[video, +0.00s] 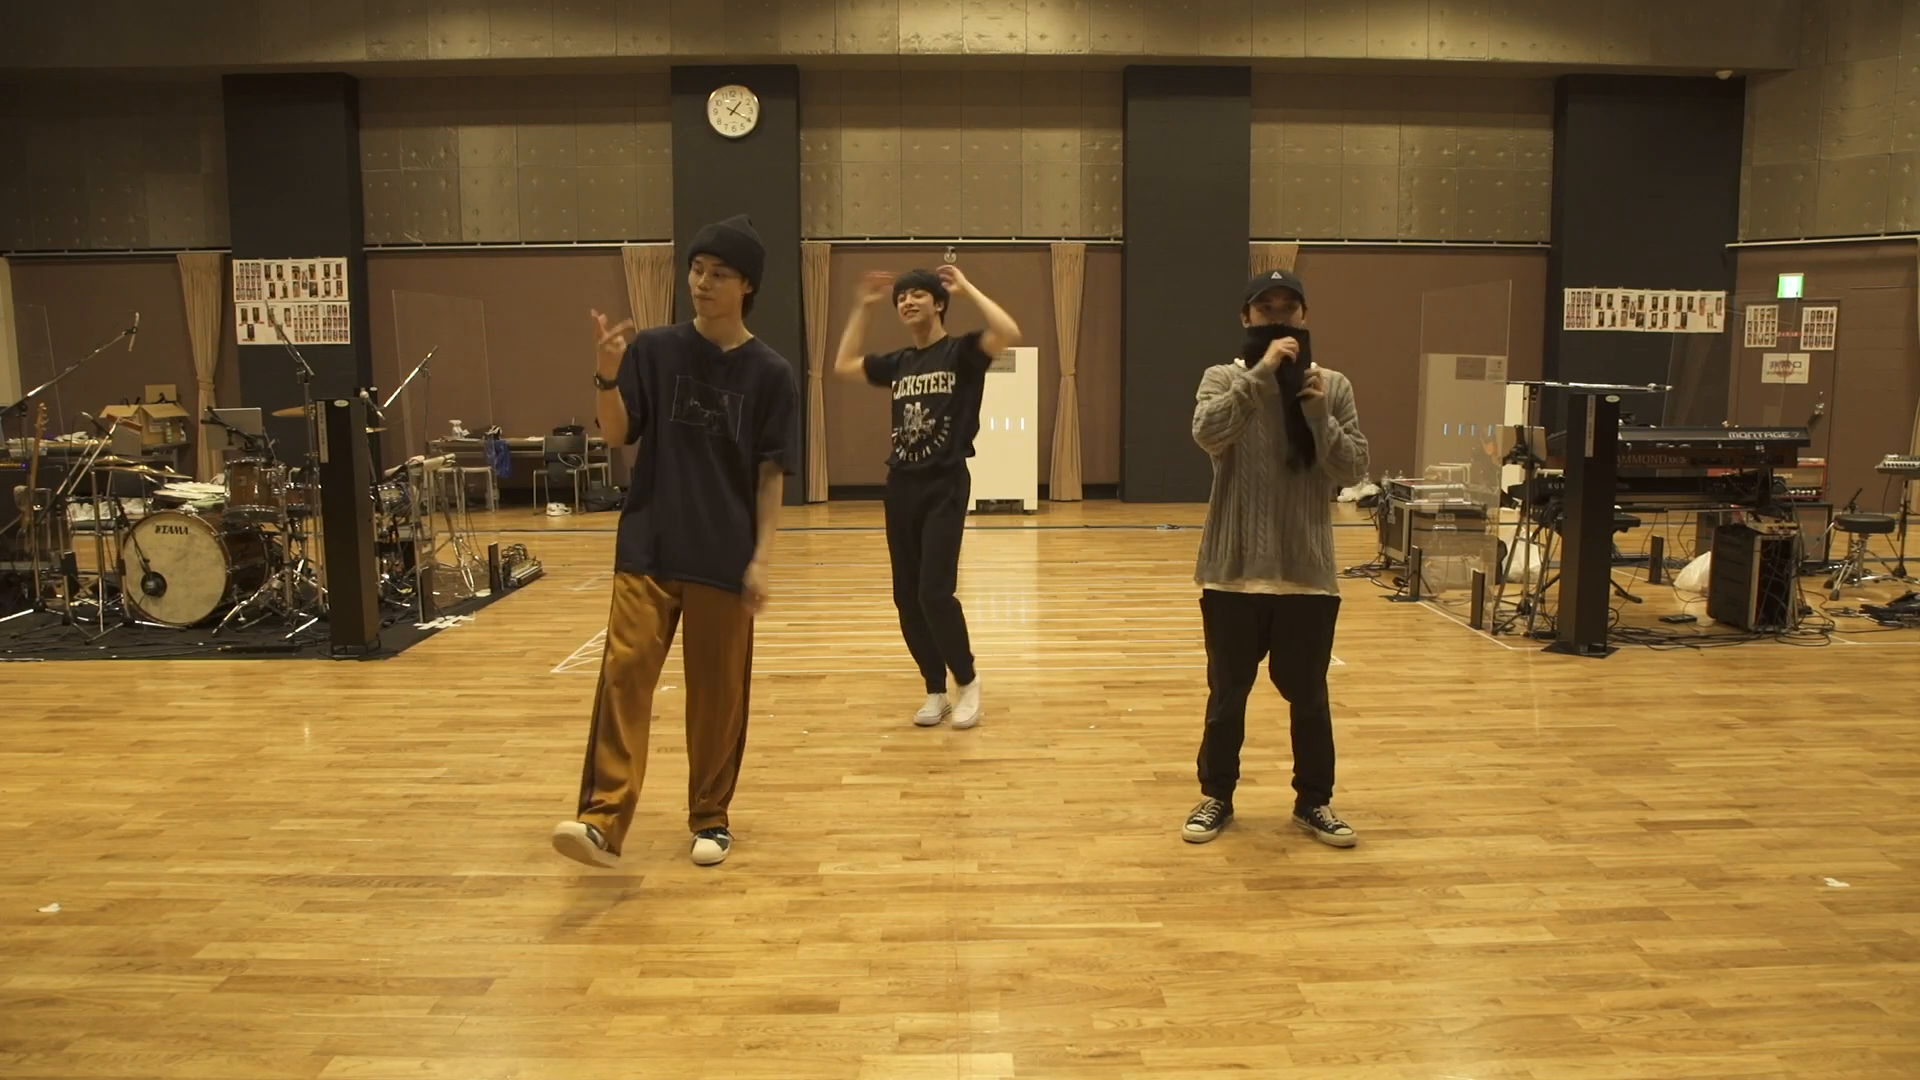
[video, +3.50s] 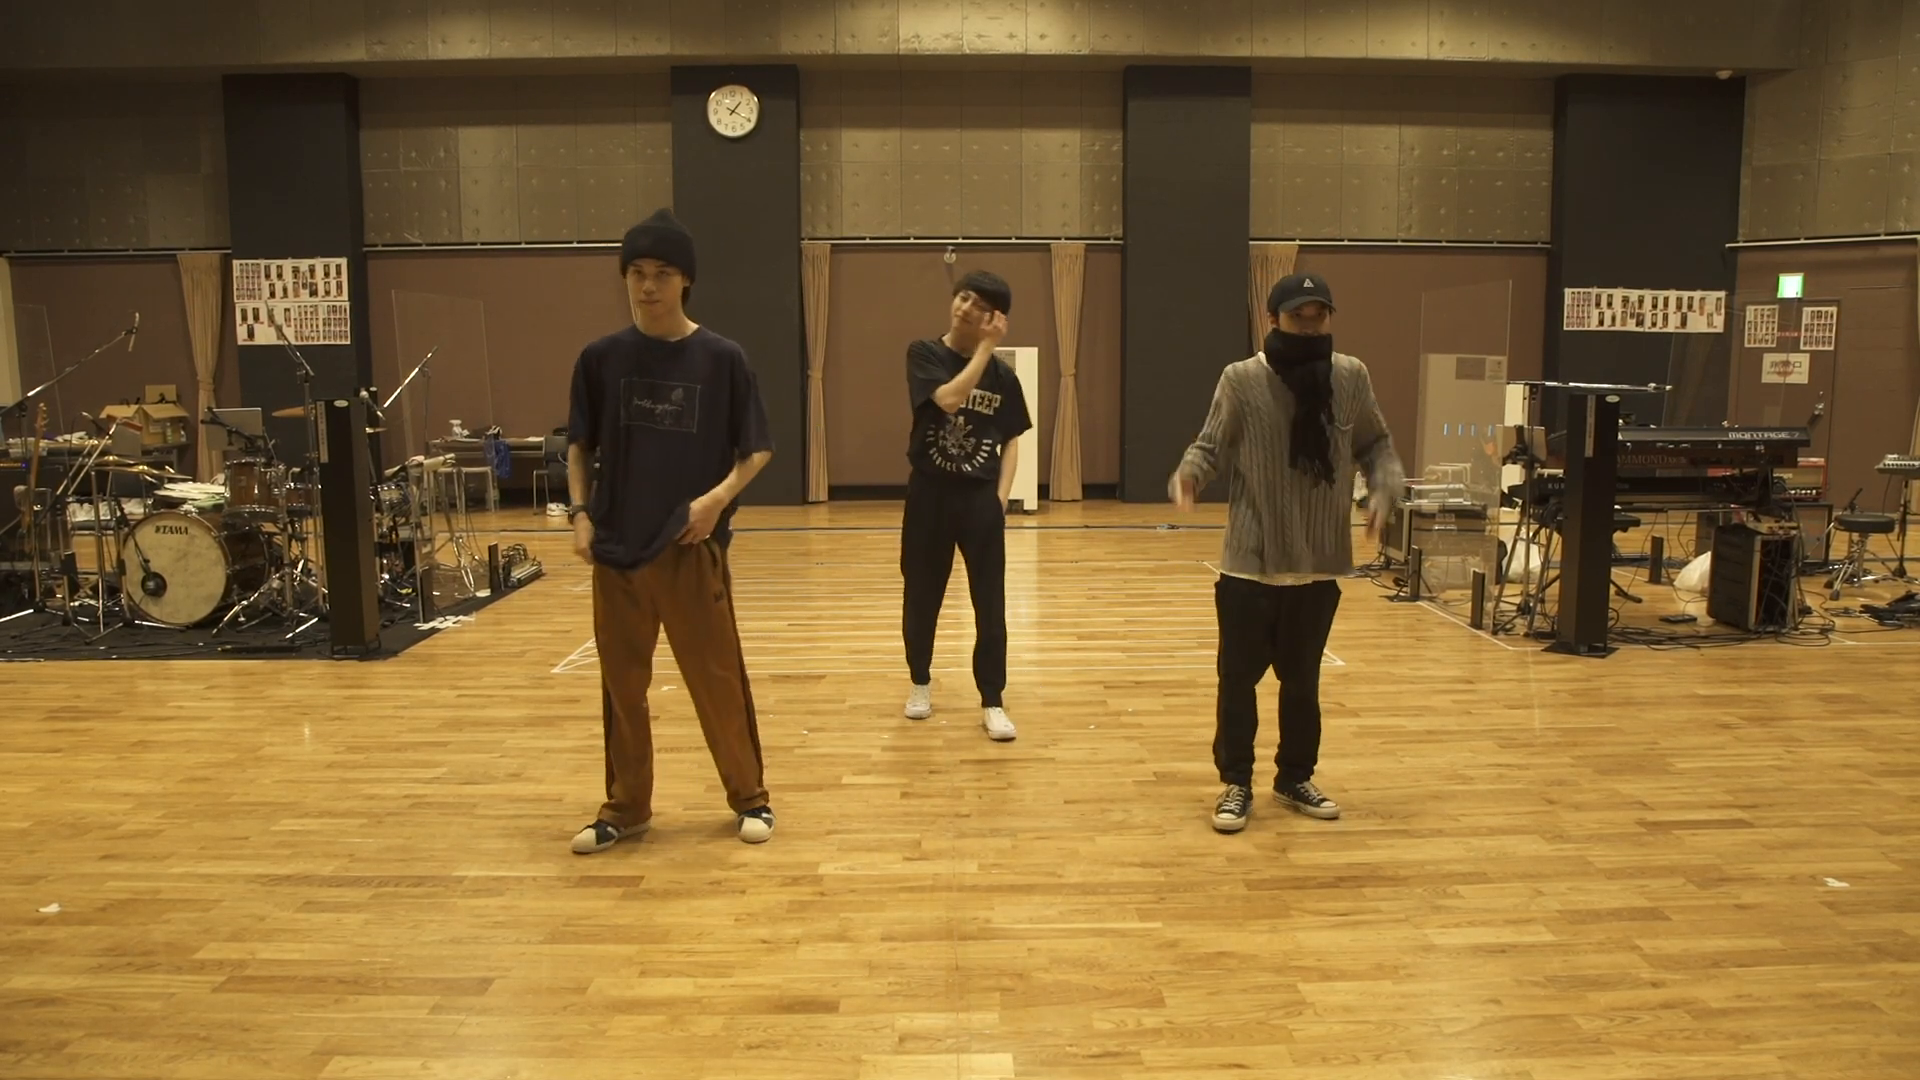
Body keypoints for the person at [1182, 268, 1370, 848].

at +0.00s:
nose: (1277, 316)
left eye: (1288, 306)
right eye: (1265, 307)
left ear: (1304, 316)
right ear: (1246, 317)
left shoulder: (1333, 386)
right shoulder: (1223, 378)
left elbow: (1350, 471)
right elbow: (1209, 436)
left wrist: (1317, 406)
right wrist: (1262, 371)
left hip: (1308, 572)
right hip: (1233, 570)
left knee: (1309, 696)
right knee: (1226, 695)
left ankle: (1314, 803)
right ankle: (1215, 800)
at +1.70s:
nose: (1284, 322)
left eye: (1293, 312)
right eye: (1272, 311)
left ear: (1305, 320)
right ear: (1249, 318)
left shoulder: (1331, 392)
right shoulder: (1218, 387)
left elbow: (1350, 474)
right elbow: (1201, 472)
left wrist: (1319, 480)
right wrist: (1260, 442)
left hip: (1304, 574)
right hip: (1230, 573)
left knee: (1307, 697)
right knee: (1223, 697)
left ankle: (1314, 805)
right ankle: (1215, 801)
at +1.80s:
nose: (1285, 321)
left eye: (1294, 311)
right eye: (1273, 311)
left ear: (1305, 319)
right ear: (1249, 317)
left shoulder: (1331, 393)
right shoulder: (1216, 392)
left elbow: (1350, 475)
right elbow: (1190, 472)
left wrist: (1367, 519)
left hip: (1304, 578)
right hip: (1230, 577)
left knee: (1307, 698)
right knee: (1223, 699)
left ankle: (1314, 804)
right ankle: (1215, 800)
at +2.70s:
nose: (1280, 336)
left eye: (1289, 326)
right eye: (1268, 325)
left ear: (1300, 328)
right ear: (1240, 325)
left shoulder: (1316, 388)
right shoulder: (1202, 390)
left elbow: (1344, 461)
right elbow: (1163, 470)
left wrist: (1383, 476)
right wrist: (1182, 485)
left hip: (1292, 580)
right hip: (1219, 581)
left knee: (1309, 697)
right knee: (1215, 700)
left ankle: (1319, 802)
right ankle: (1214, 799)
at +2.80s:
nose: (1278, 334)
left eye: (1287, 324)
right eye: (1267, 324)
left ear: (1298, 328)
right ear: (1239, 323)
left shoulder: (1310, 385)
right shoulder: (1203, 382)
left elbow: (1344, 458)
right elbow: (1175, 457)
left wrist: (1349, 407)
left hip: (1293, 572)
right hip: (1219, 573)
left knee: (1307, 689)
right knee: (1215, 693)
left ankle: (1318, 792)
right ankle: (1214, 797)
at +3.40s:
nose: (1311, 328)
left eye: (1320, 318)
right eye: (1299, 318)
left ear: (1330, 323)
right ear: (1274, 322)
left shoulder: (1348, 376)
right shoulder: (1242, 378)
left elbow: (1383, 460)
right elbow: (1212, 465)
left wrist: (1377, 437)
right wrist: (1217, 436)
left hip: (1317, 561)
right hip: (1249, 559)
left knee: (1303, 680)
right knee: (1232, 679)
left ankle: (1294, 779)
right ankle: (1223, 787)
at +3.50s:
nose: (1313, 324)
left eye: (1321, 314)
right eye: (1301, 314)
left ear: (1332, 321)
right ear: (1274, 320)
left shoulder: (1350, 377)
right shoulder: (1240, 380)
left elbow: (1376, 446)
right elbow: (1209, 448)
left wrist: (1389, 491)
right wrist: (1189, 473)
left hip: (1317, 566)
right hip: (1248, 565)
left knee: (1302, 682)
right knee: (1237, 680)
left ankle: (1294, 781)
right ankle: (1236, 785)